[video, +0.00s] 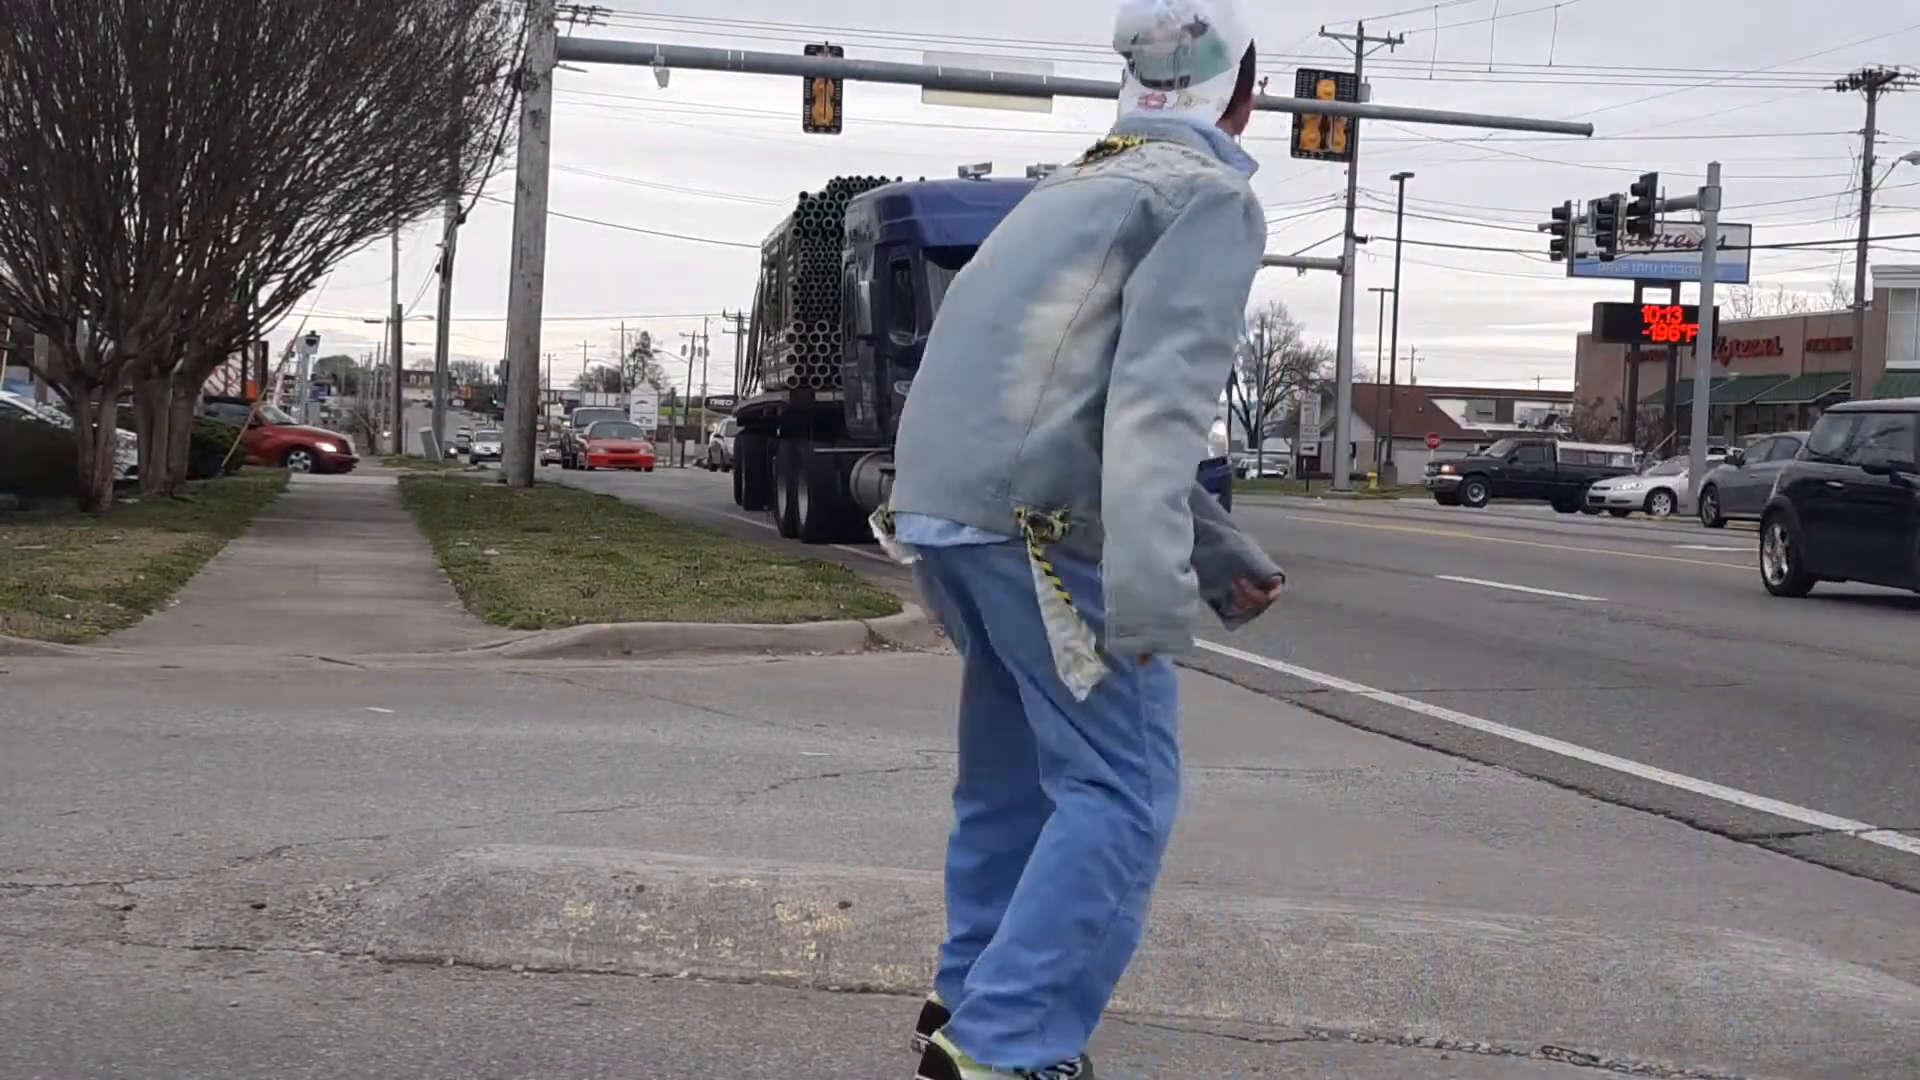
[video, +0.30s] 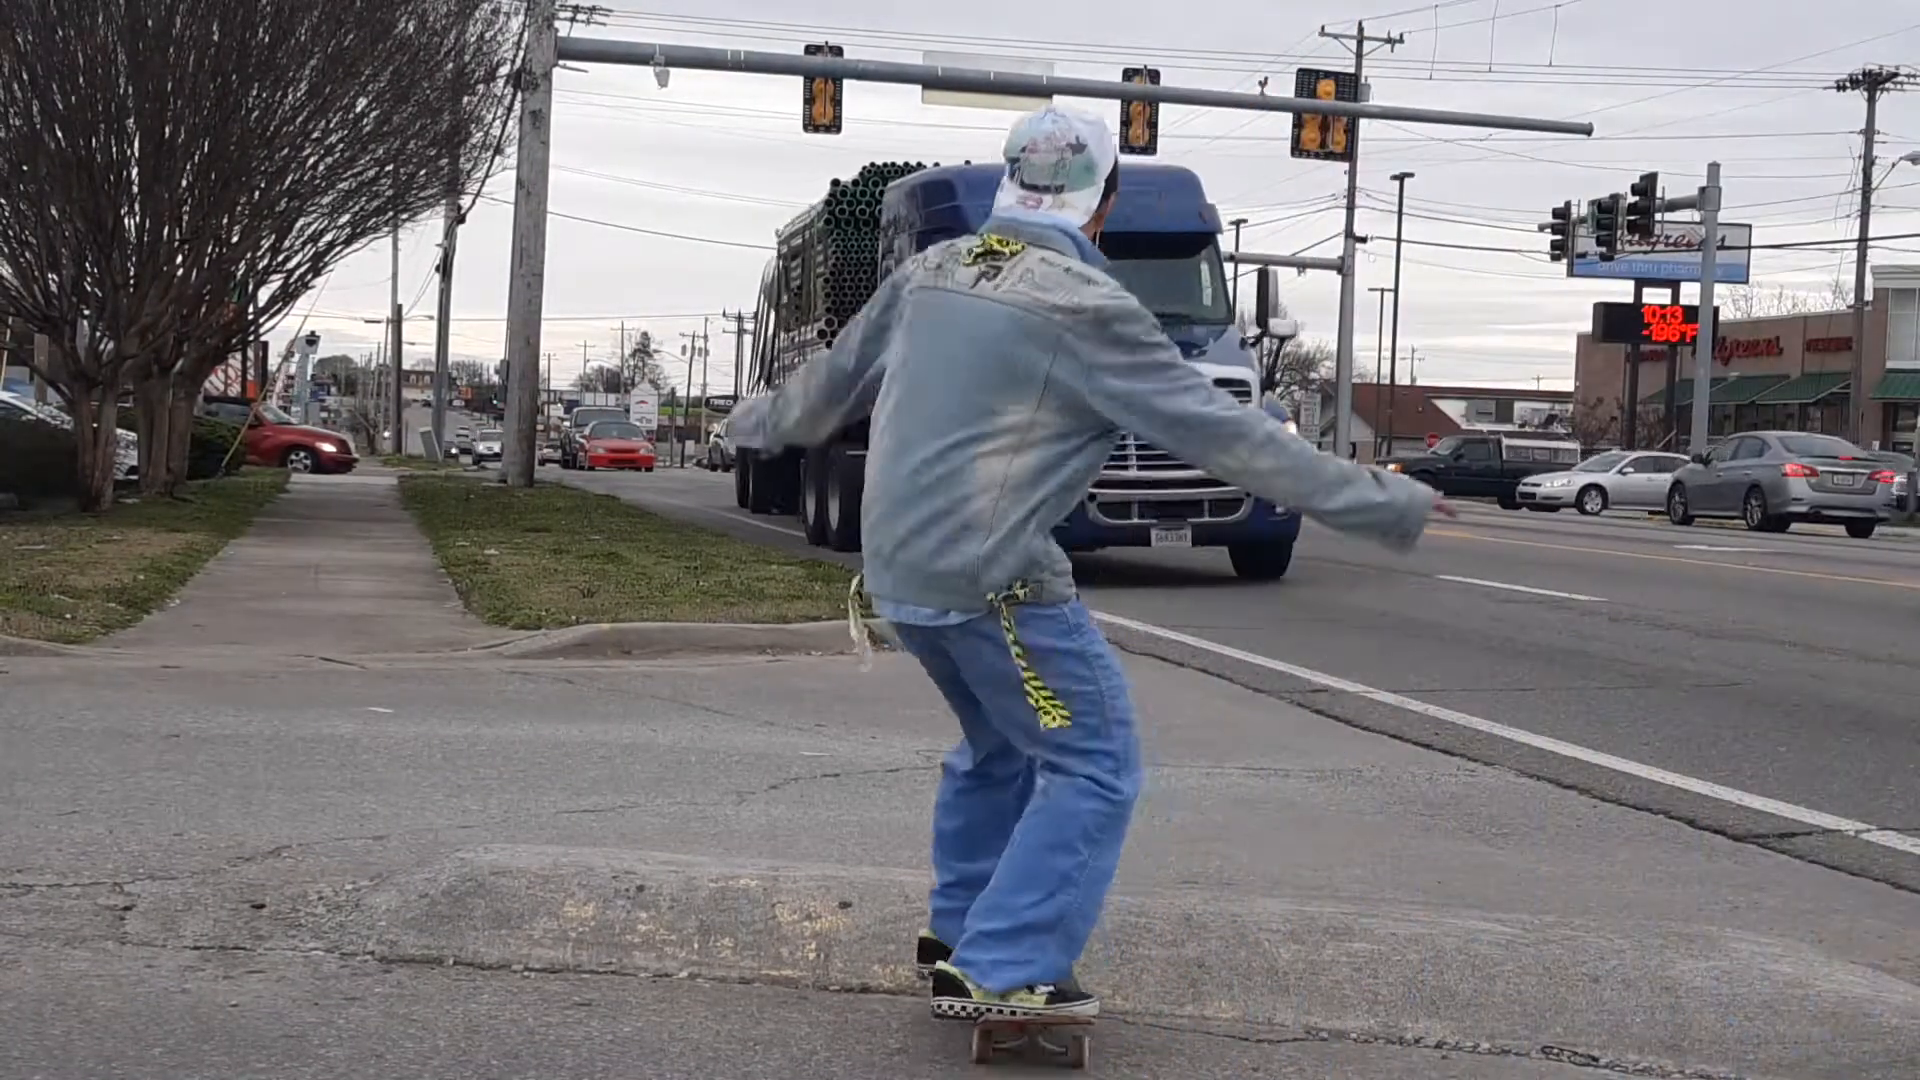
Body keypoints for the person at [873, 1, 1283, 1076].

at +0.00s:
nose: (1256, 118)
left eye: (1255, 100)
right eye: (1256, 99)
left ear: (1136, 91)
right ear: (1241, 95)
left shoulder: (1087, 179)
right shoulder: (1208, 194)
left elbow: (1114, 400)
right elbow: (1162, 399)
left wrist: (1219, 541)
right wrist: (1149, 598)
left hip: (941, 499)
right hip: (1030, 513)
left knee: (1011, 767)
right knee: (1128, 786)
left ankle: (971, 1000)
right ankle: (1004, 1048)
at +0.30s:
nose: (1106, 210)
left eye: (1093, 191)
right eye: (1106, 193)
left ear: (1008, 183)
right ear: (1098, 200)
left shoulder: (923, 273)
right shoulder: (1084, 306)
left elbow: (824, 385)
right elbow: (1228, 432)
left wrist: (753, 421)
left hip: (899, 572)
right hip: (995, 577)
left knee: (998, 751)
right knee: (1094, 768)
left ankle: (959, 934)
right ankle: (1006, 971)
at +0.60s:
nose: (955, 103)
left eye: (943, 92)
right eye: (970, 93)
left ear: (901, 89)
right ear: (979, 97)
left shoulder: (821, 128)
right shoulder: (1007, 162)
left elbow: (725, 80)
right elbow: (1126, 174)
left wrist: (701, 1)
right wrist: (1232, 147)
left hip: (814, 421)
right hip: (909, 426)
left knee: (842, 578)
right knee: (962, 613)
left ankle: (838, 763)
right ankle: (918, 804)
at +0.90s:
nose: (851, 202)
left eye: (815, 186)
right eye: (860, 191)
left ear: (797, 187)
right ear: (869, 196)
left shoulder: (741, 236)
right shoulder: (895, 290)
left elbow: (650, 259)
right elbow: (938, 401)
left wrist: (579, 207)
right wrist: (959, 482)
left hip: (731, 477)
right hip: (812, 488)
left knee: (750, 639)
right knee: (875, 632)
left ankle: (725, 801)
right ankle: (810, 777)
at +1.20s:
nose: (727, 242)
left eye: (705, 227)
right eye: (750, 231)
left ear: (696, 230)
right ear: (763, 235)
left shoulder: (654, 295)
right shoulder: (783, 315)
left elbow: (616, 401)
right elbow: (783, 389)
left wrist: (615, 493)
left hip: (657, 498)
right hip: (740, 506)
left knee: (665, 629)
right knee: (740, 648)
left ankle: (646, 760)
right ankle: (685, 789)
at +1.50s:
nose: (673, 232)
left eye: (665, 221)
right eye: (675, 223)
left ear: (616, 218)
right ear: (673, 225)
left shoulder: (561, 285)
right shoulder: (686, 292)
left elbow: (545, 379)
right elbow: (711, 401)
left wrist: (591, 451)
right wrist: (729, 485)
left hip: (587, 479)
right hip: (655, 478)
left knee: (603, 603)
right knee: (671, 607)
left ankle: (588, 732)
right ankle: (636, 750)